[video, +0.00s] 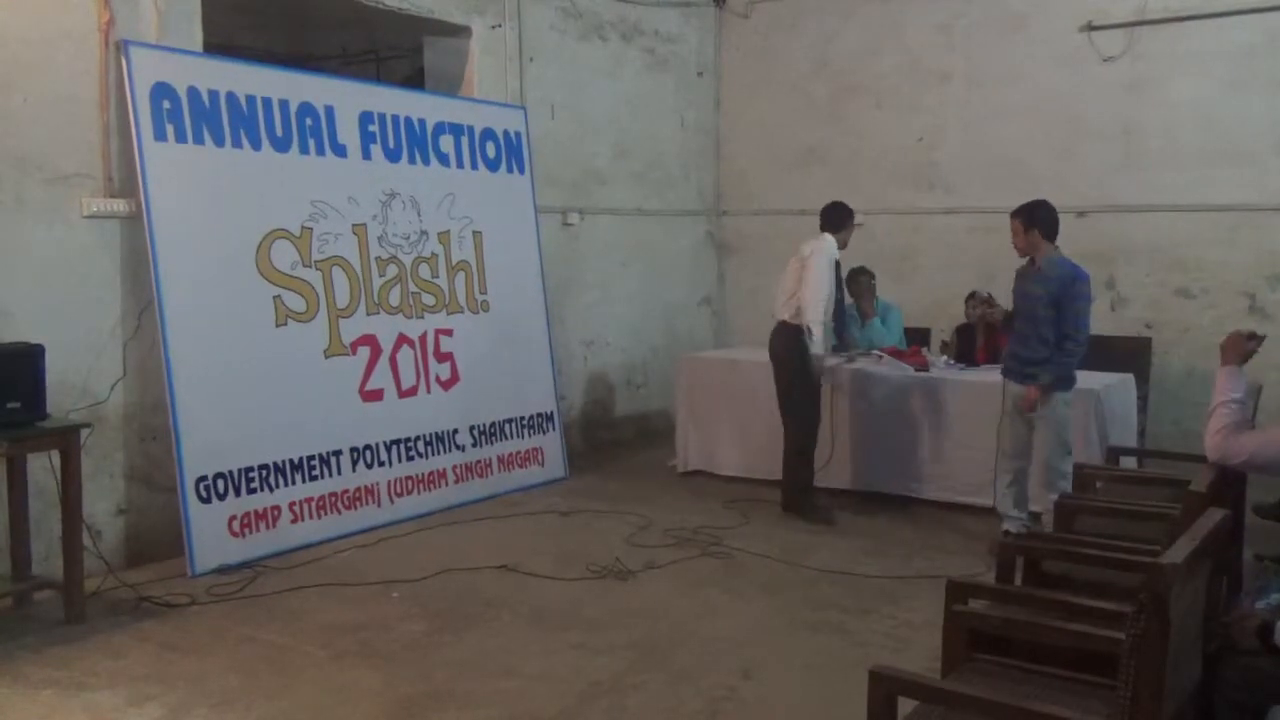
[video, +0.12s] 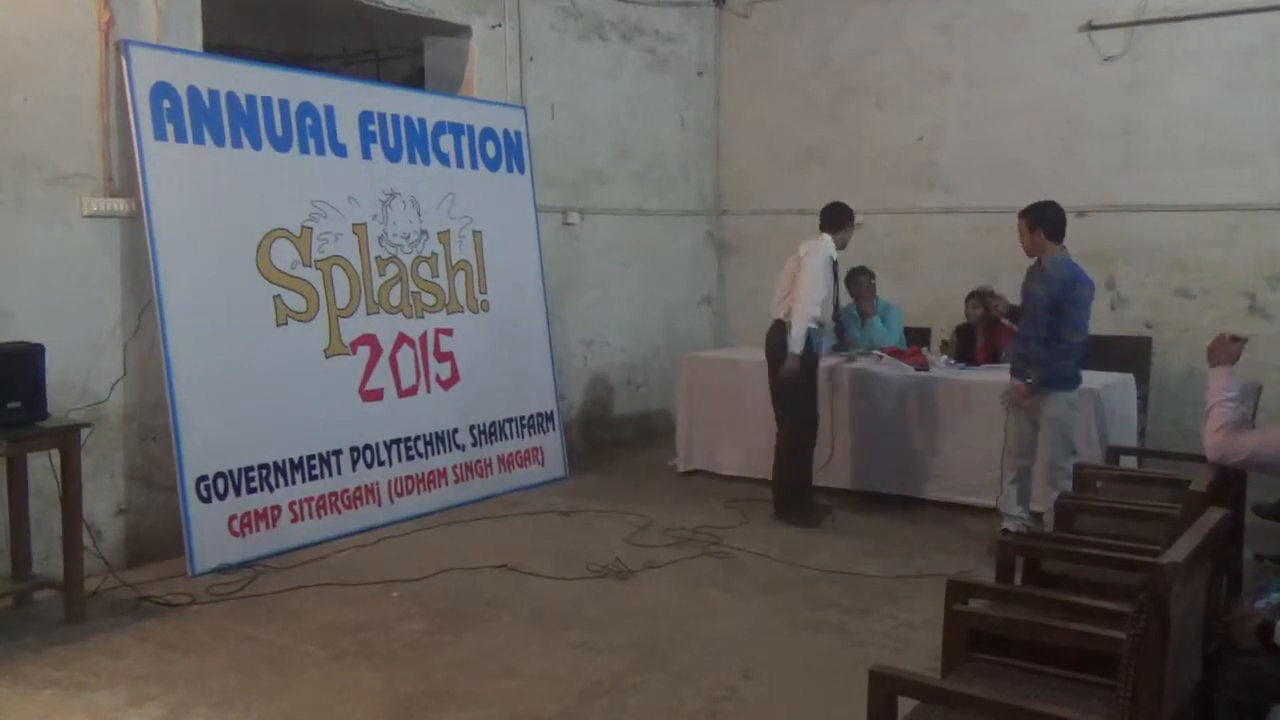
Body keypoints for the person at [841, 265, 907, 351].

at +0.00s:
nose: (863, 290)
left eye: (867, 285)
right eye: (858, 286)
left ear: (874, 288)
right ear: (850, 292)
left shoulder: (891, 311)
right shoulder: (846, 312)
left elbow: (889, 347)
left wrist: (870, 315)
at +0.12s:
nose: (864, 290)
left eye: (868, 285)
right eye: (858, 285)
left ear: (874, 287)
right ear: (851, 292)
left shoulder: (891, 311)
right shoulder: (845, 314)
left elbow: (889, 345)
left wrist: (870, 314)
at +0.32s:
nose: (864, 290)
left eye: (868, 285)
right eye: (858, 285)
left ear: (874, 287)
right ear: (850, 292)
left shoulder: (891, 311)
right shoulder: (843, 315)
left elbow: (890, 345)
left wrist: (870, 315)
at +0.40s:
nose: (864, 290)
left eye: (868, 285)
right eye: (859, 286)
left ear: (874, 287)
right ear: (851, 292)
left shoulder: (891, 311)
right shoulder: (844, 314)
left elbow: (889, 346)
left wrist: (870, 316)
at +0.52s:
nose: (864, 290)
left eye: (868, 285)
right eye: (859, 286)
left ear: (874, 287)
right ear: (851, 292)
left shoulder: (891, 311)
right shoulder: (844, 314)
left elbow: (890, 345)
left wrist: (870, 316)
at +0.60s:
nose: (864, 289)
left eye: (868, 284)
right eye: (858, 286)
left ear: (874, 286)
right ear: (851, 291)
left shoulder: (892, 311)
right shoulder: (844, 313)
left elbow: (889, 345)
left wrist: (871, 316)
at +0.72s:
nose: (864, 292)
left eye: (867, 286)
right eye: (858, 288)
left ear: (874, 287)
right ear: (851, 292)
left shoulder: (891, 312)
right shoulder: (843, 313)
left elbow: (891, 347)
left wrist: (871, 316)